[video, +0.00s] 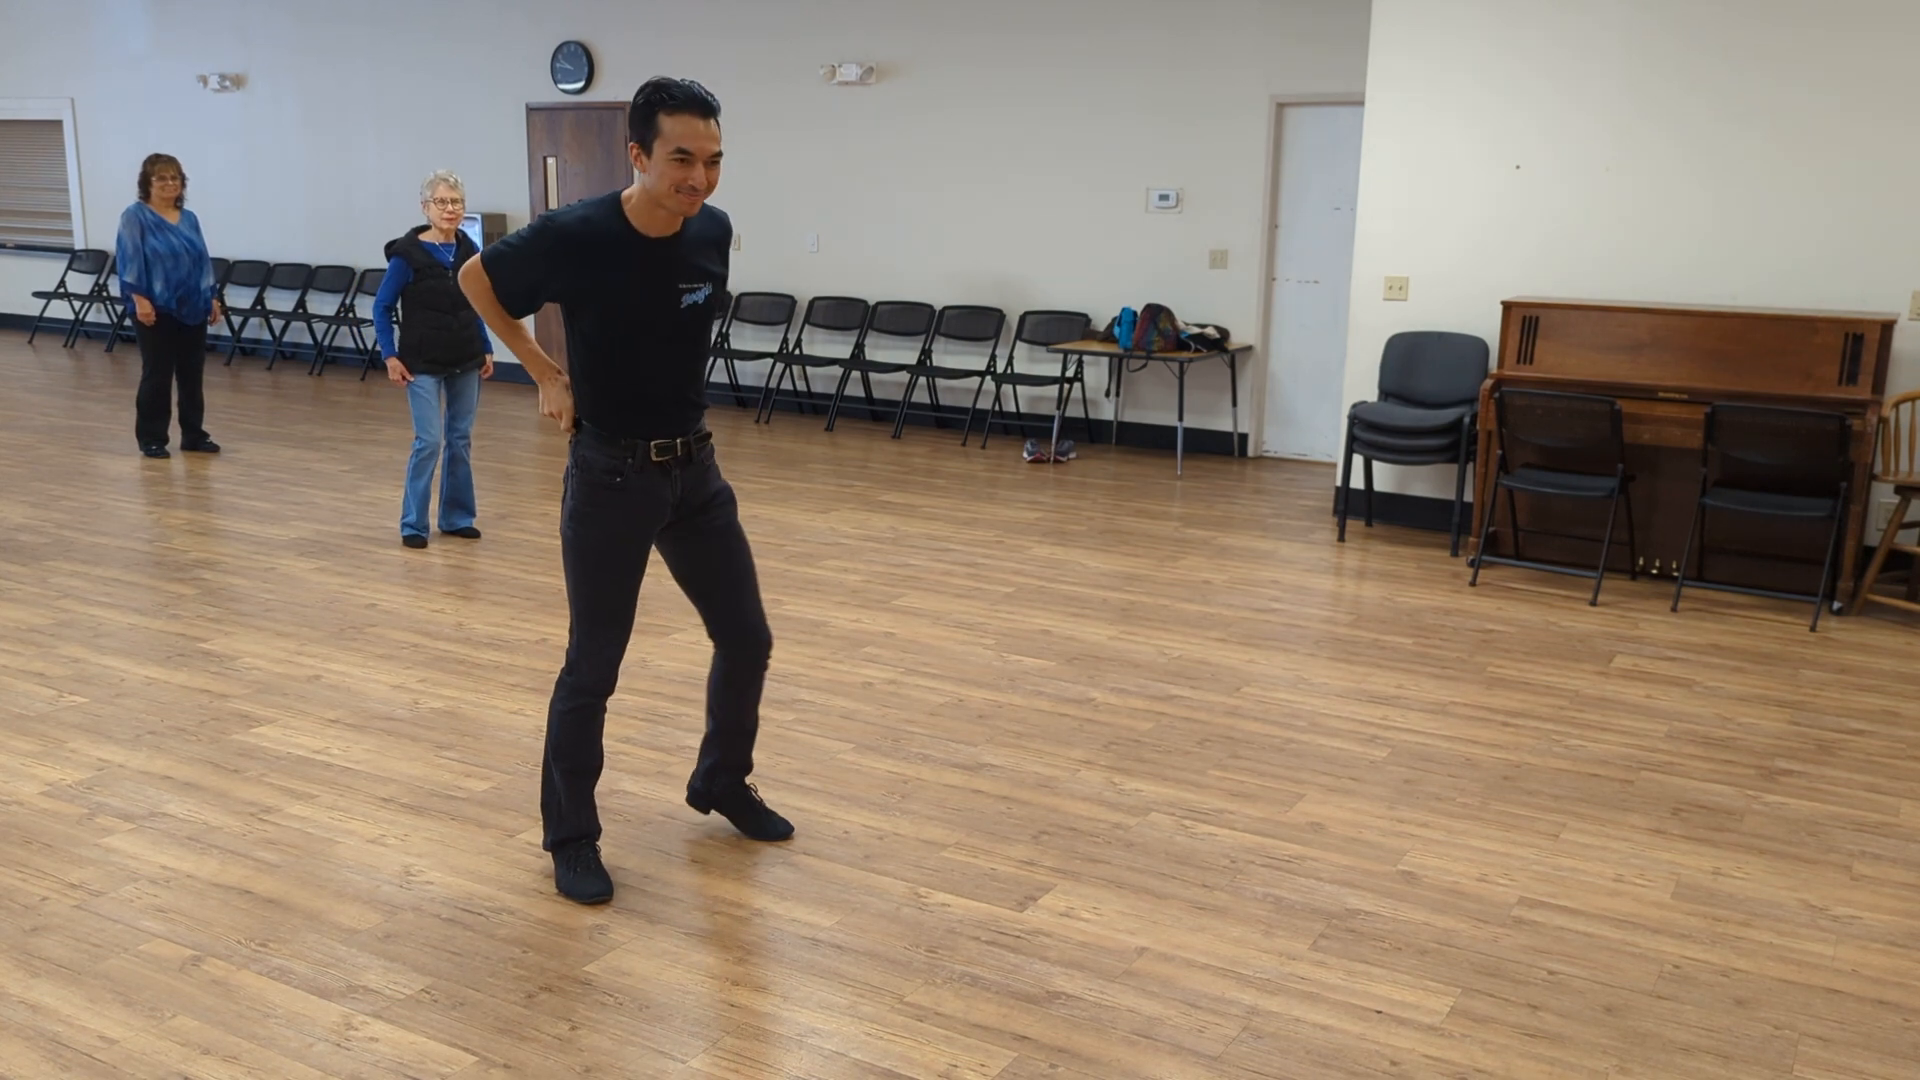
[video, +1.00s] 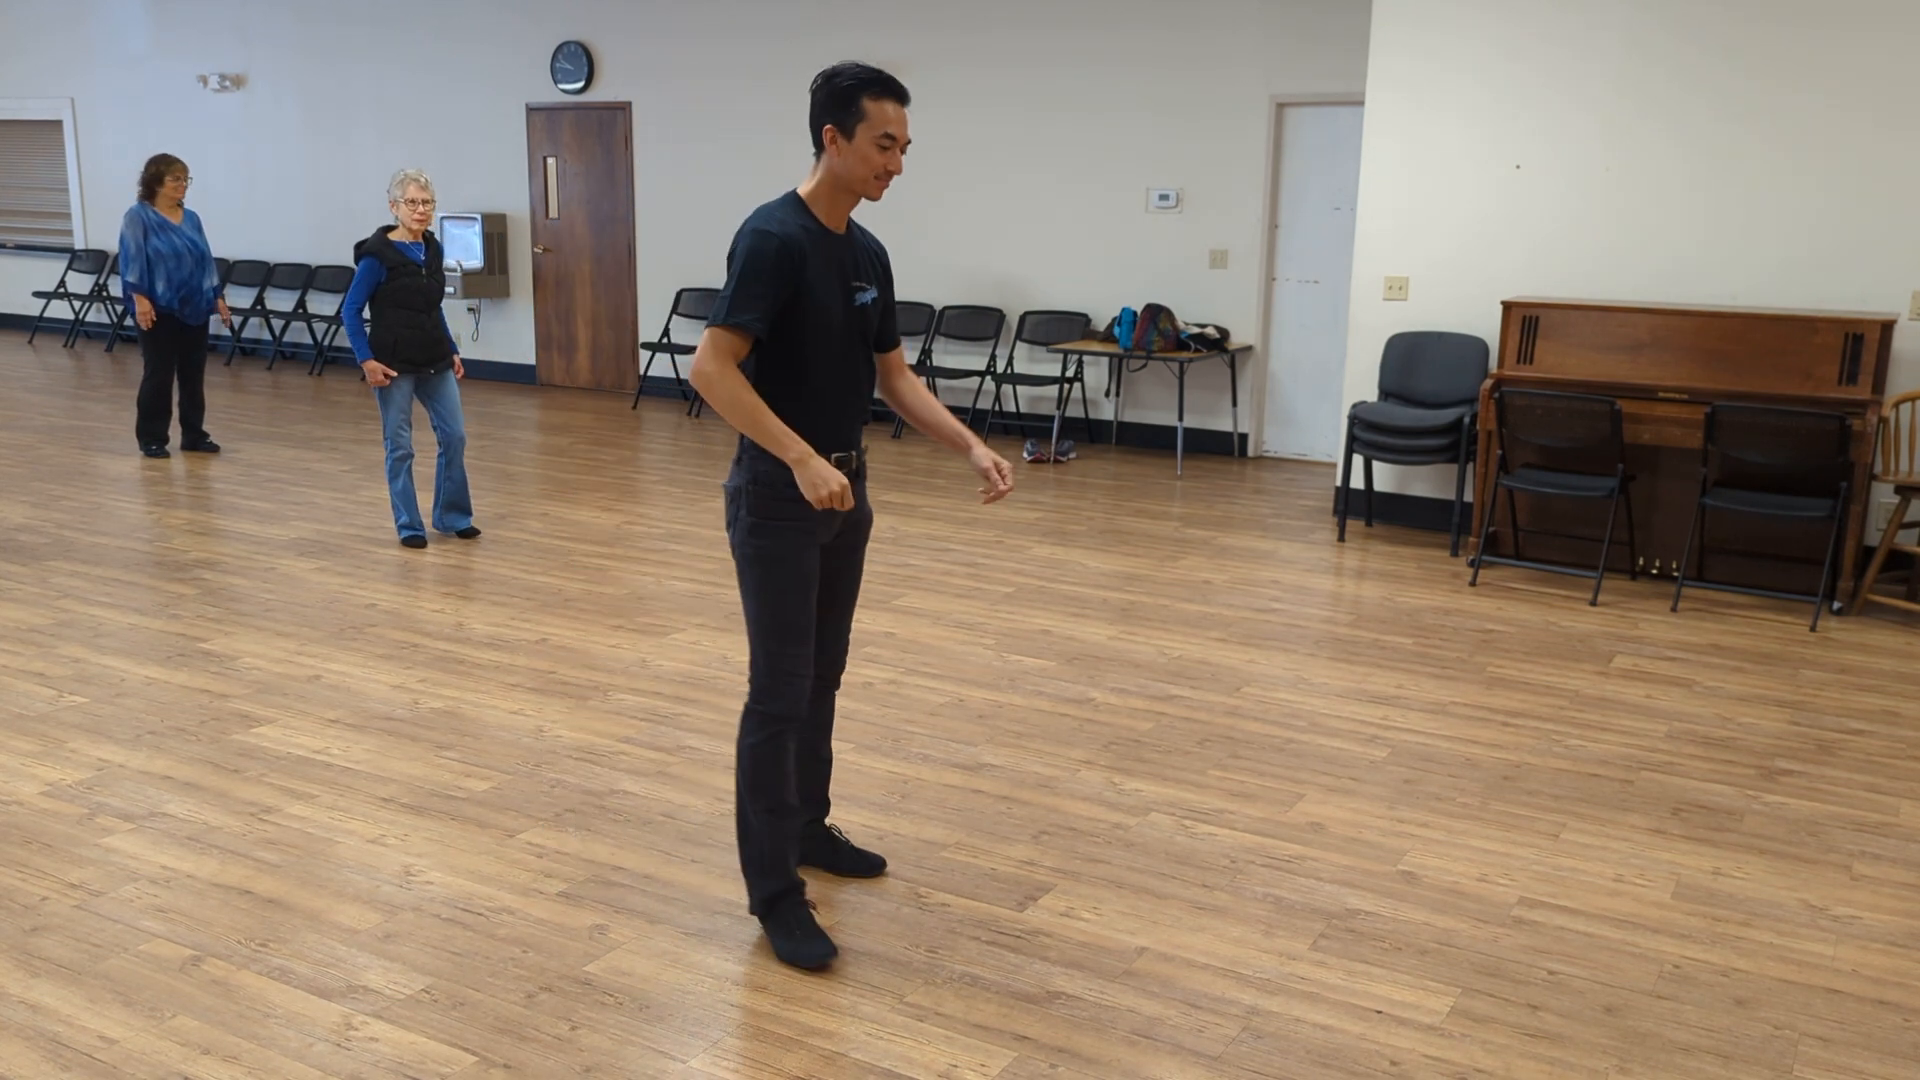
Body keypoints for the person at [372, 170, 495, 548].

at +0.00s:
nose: (450, 209)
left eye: (456, 202)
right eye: (442, 203)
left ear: (464, 207)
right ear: (426, 207)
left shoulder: (470, 250)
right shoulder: (410, 253)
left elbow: (478, 306)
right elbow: (382, 306)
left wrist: (486, 348)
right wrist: (389, 355)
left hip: (467, 360)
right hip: (422, 362)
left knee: (460, 440)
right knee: (429, 442)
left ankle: (457, 518)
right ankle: (414, 525)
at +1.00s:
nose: (422, 210)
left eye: (427, 203)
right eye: (413, 203)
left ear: (433, 207)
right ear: (395, 206)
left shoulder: (432, 249)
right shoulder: (379, 253)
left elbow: (433, 307)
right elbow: (350, 310)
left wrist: (451, 351)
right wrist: (366, 360)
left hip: (436, 361)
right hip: (393, 364)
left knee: (454, 435)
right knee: (400, 447)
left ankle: (452, 517)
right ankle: (409, 526)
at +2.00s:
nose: (449, 205)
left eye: (455, 198)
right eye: (440, 199)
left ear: (461, 202)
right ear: (424, 204)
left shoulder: (466, 247)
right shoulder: (409, 251)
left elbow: (470, 305)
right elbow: (388, 310)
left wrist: (493, 350)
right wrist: (395, 361)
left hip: (469, 358)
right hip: (427, 360)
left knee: (464, 442)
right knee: (420, 446)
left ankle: (464, 521)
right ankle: (411, 526)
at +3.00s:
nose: (463, 218)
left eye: (467, 211)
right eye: (456, 209)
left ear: (470, 211)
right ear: (431, 206)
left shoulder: (463, 249)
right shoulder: (409, 254)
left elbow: (471, 308)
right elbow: (391, 315)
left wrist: (495, 356)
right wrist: (402, 366)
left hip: (471, 361)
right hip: (429, 365)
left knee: (466, 445)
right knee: (424, 447)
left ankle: (465, 520)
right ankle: (402, 529)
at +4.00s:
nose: (443, 208)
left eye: (444, 201)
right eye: (434, 202)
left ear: (440, 204)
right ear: (408, 207)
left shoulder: (431, 248)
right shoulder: (387, 254)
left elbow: (429, 314)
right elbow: (365, 313)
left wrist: (448, 358)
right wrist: (378, 366)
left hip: (433, 364)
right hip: (395, 367)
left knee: (450, 443)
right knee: (395, 449)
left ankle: (463, 522)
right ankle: (397, 531)